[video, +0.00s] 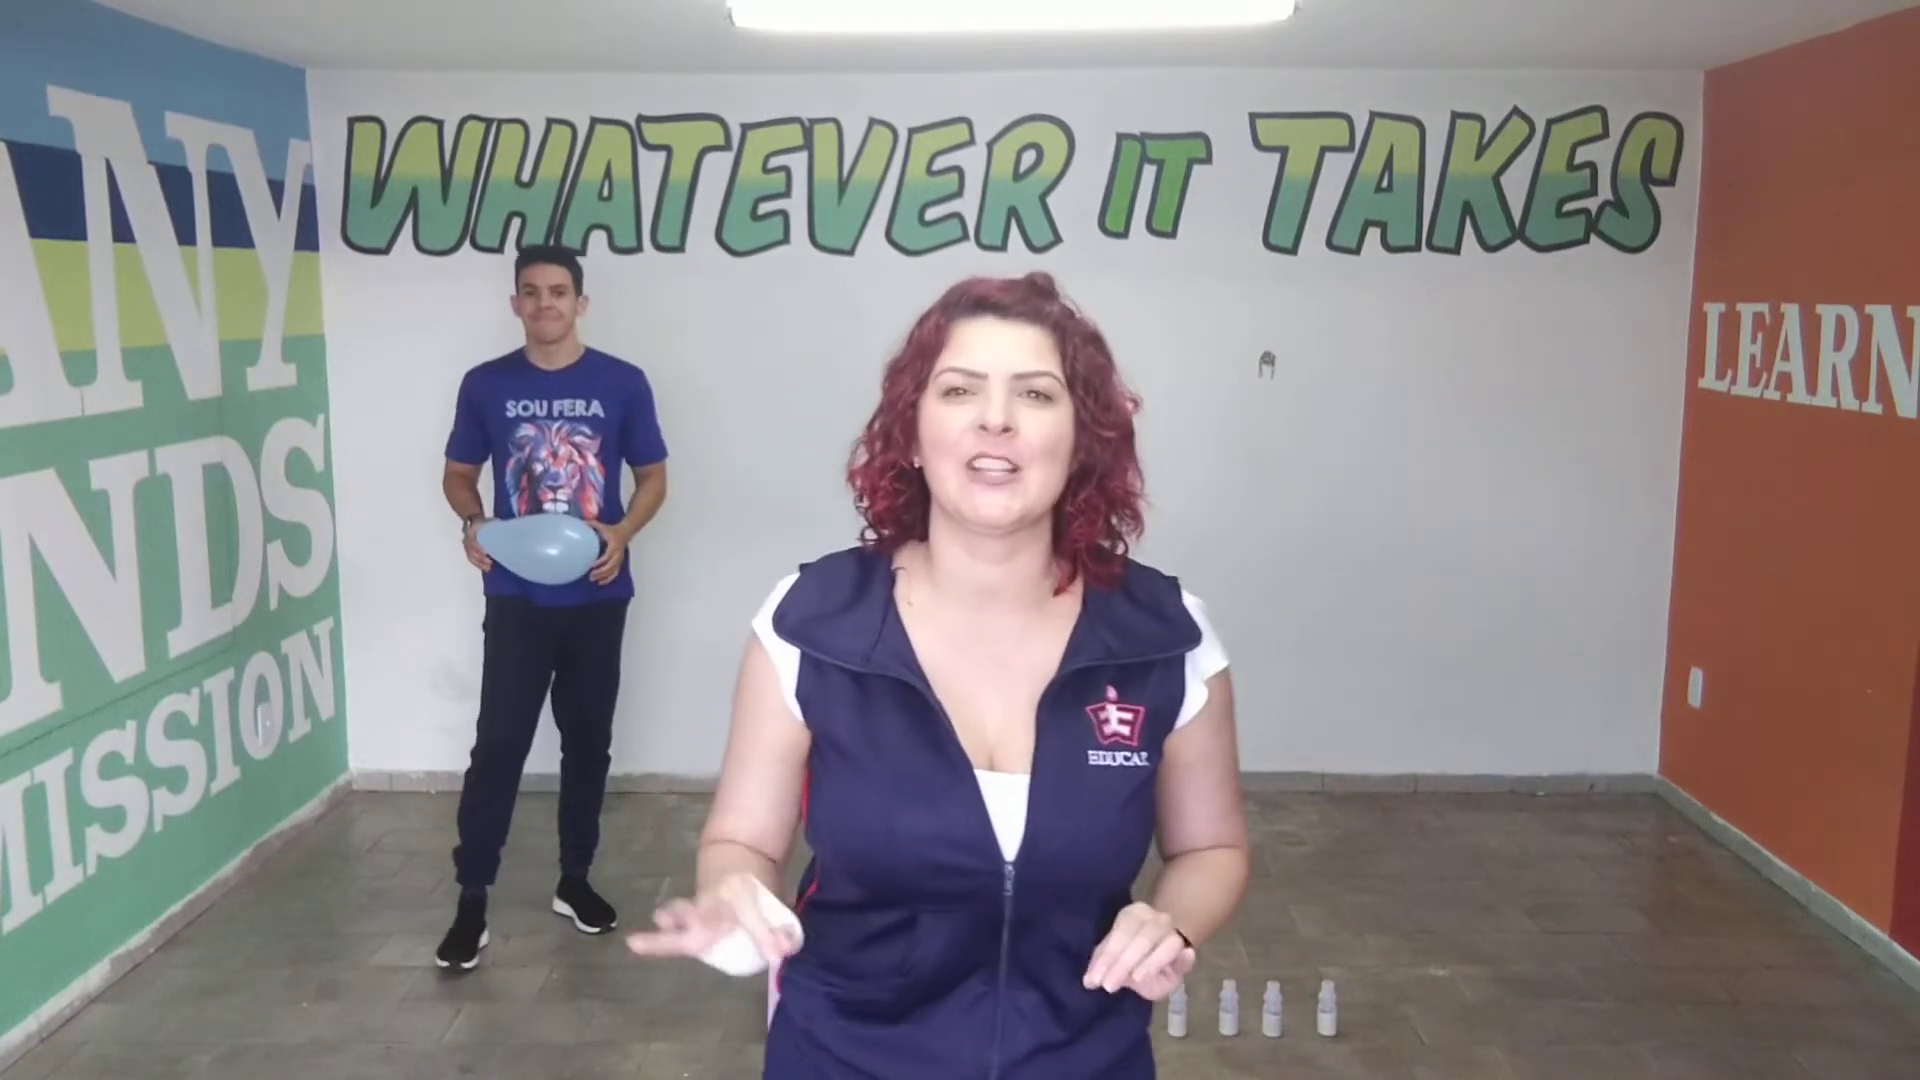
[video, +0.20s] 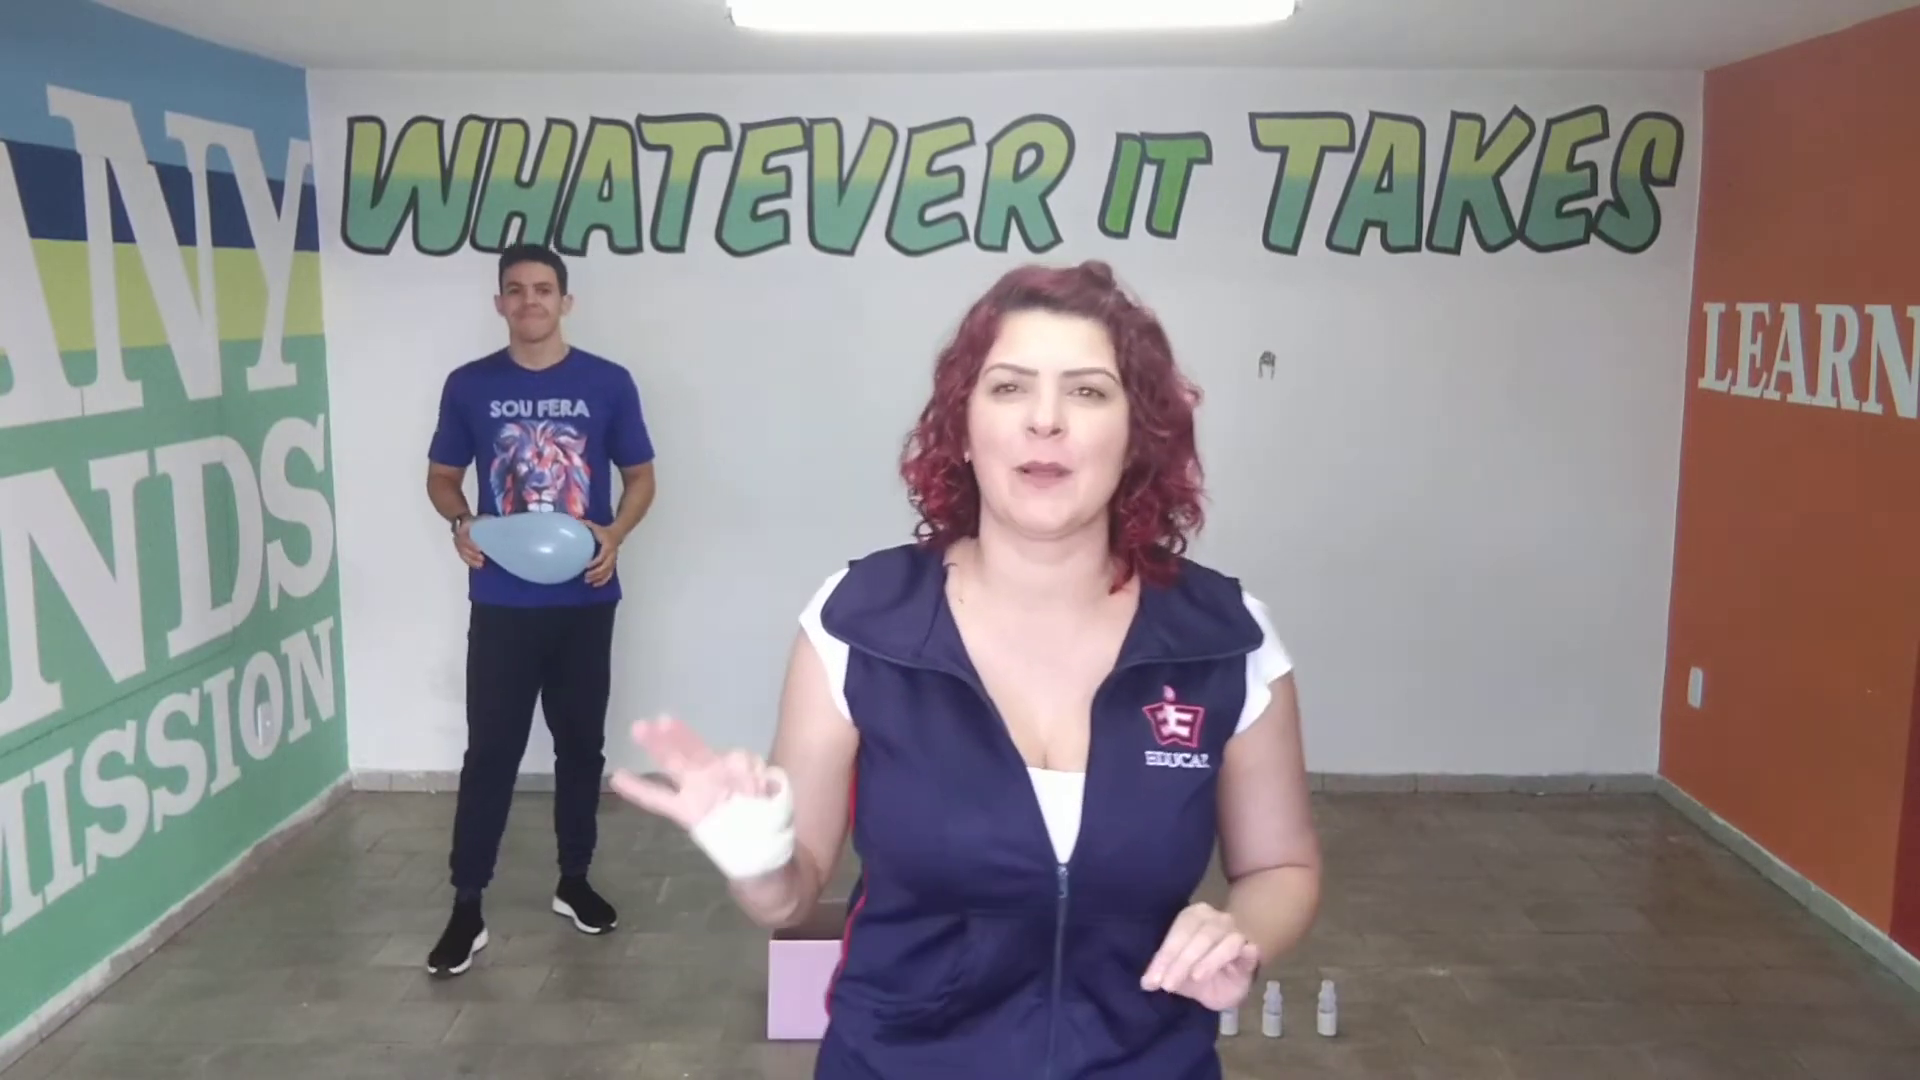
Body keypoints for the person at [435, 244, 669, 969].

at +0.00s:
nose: (543, 304)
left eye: (556, 293)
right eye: (531, 292)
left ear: (580, 302)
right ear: (517, 302)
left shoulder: (623, 385)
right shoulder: (486, 385)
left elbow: (655, 479)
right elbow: (458, 479)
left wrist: (625, 529)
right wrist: (477, 520)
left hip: (597, 598)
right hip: (517, 597)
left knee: (587, 746)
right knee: (498, 748)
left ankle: (574, 882)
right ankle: (471, 905)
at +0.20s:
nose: (528, 302)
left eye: (541, 290)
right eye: (515, 291)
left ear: (565, 301)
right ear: (500, 303)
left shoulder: (608, 385)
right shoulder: (470, 386)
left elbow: (642, 479)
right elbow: (442, 480)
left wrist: (616, 532)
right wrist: (463, 521)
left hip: (585, 600)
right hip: (503, 601)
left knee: (581, 748)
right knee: (491, 752)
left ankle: (575, 882)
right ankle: (467, 907)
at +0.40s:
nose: (507, 299)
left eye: (520, 288)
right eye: (494, 287)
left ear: (544, 300)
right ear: (478, 300)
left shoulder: (587, 383)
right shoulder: (448, 385)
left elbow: (620, 479)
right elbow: (421, 479)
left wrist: (592, 530)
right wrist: (437, 525)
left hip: (565, 604)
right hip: (482, 606)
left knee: (570, 750)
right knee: (477, 757)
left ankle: (574, 882)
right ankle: (466, 911)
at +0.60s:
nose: (482, 301)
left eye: (495, 289)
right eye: (469, 289)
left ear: (520, 301)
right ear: (453, 302)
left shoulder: (565, 384)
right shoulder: (425, 388)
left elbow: (602, 483)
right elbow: (396, 503)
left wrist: (572, 533)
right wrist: (396, 459)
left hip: (543, 608)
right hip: (460, 610)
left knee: (559, 750)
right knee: (463, 762)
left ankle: (572, 882)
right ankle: (465, 912)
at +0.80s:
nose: (459, 302)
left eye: (473, 290)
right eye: (445, 291)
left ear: (496, 300)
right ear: (429, 302)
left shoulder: (544, 383)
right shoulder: (400, 391)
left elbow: (580, 483)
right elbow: (366, 499)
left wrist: (553, 532)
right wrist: (354, 436)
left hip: (532, 608)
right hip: (445, 614)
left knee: (555, 751)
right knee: (453, 765)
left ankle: (572, 881)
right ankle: (464, 913)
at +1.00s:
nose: (441, 303)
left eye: (454, 290)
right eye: (427, 292)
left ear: (478, 301)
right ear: (411, 305)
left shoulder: (525, 381)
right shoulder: (383, 392)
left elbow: (561, 475)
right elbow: (352, 499)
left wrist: (545, 532)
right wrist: (346, 412)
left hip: (527, 609)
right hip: (438, 618)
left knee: (562, 747)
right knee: (449, 770)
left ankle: (562, 879)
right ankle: (463, 914)